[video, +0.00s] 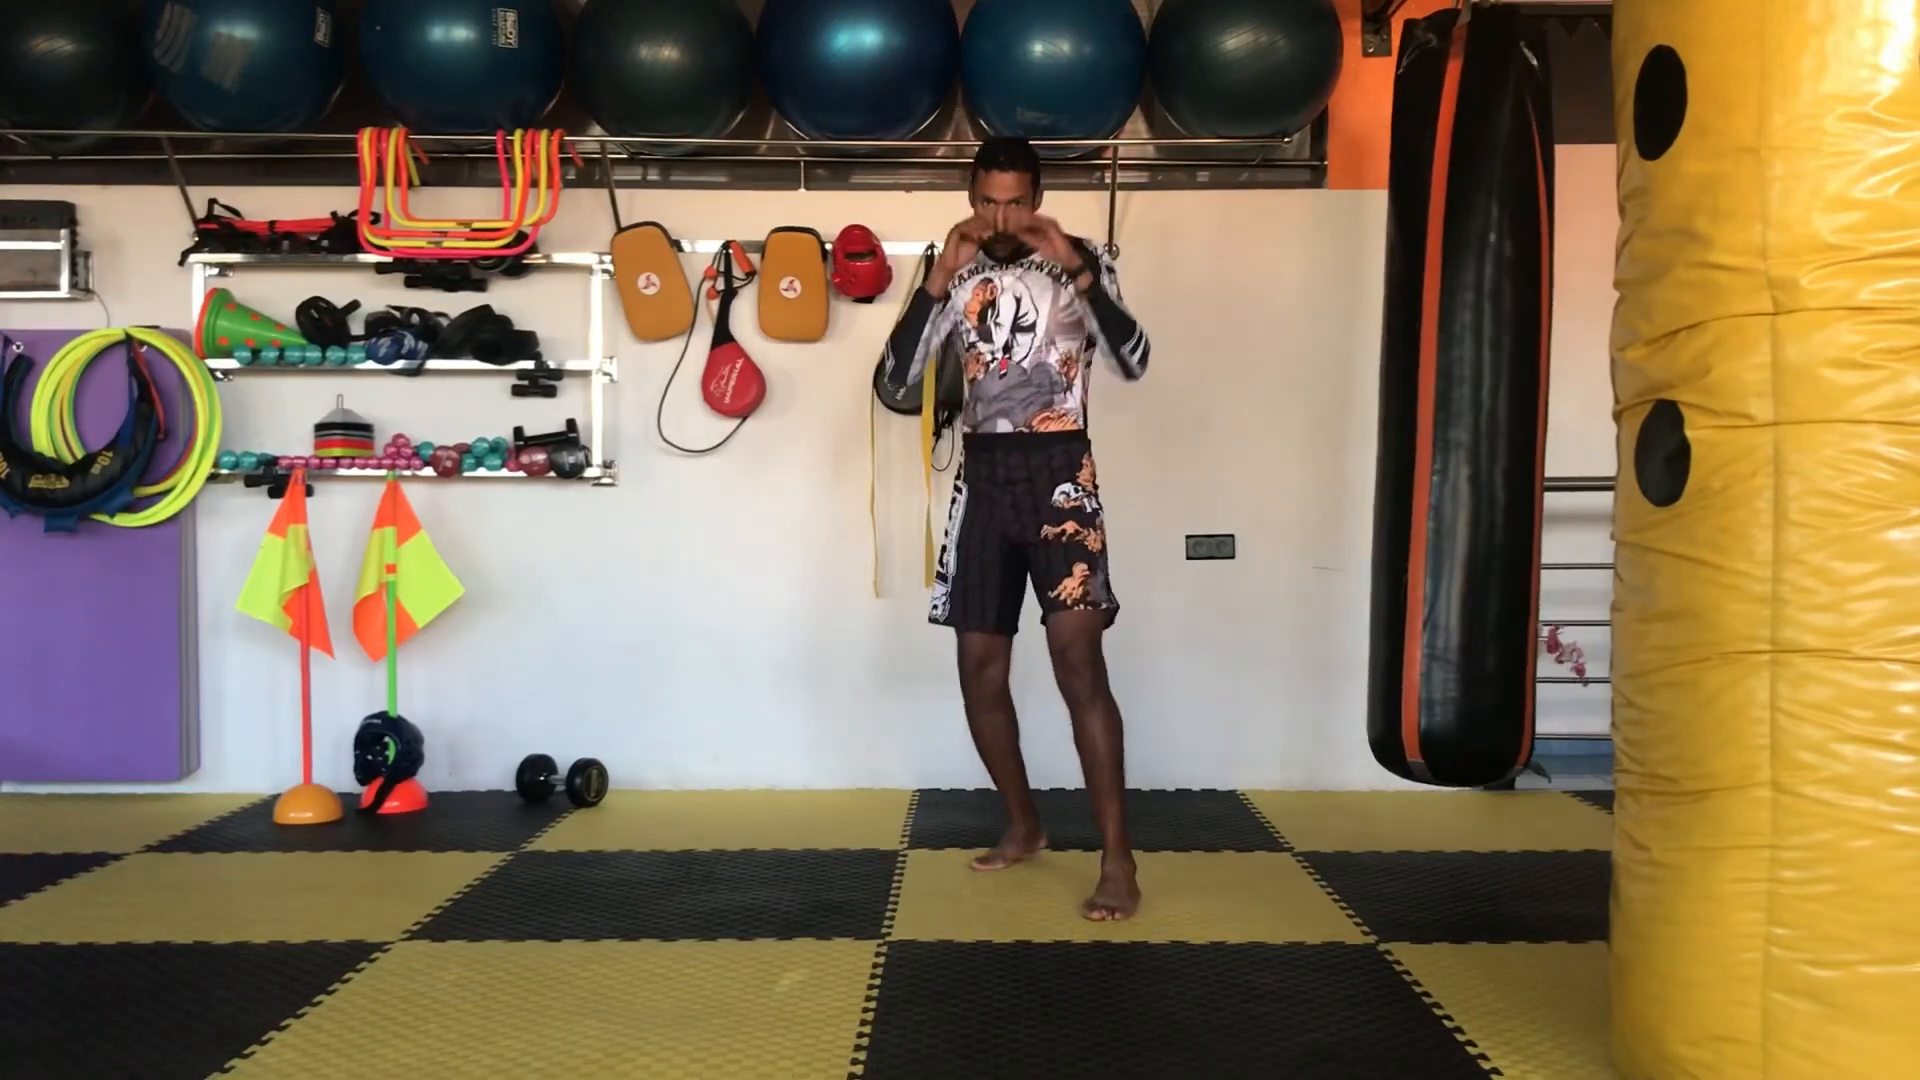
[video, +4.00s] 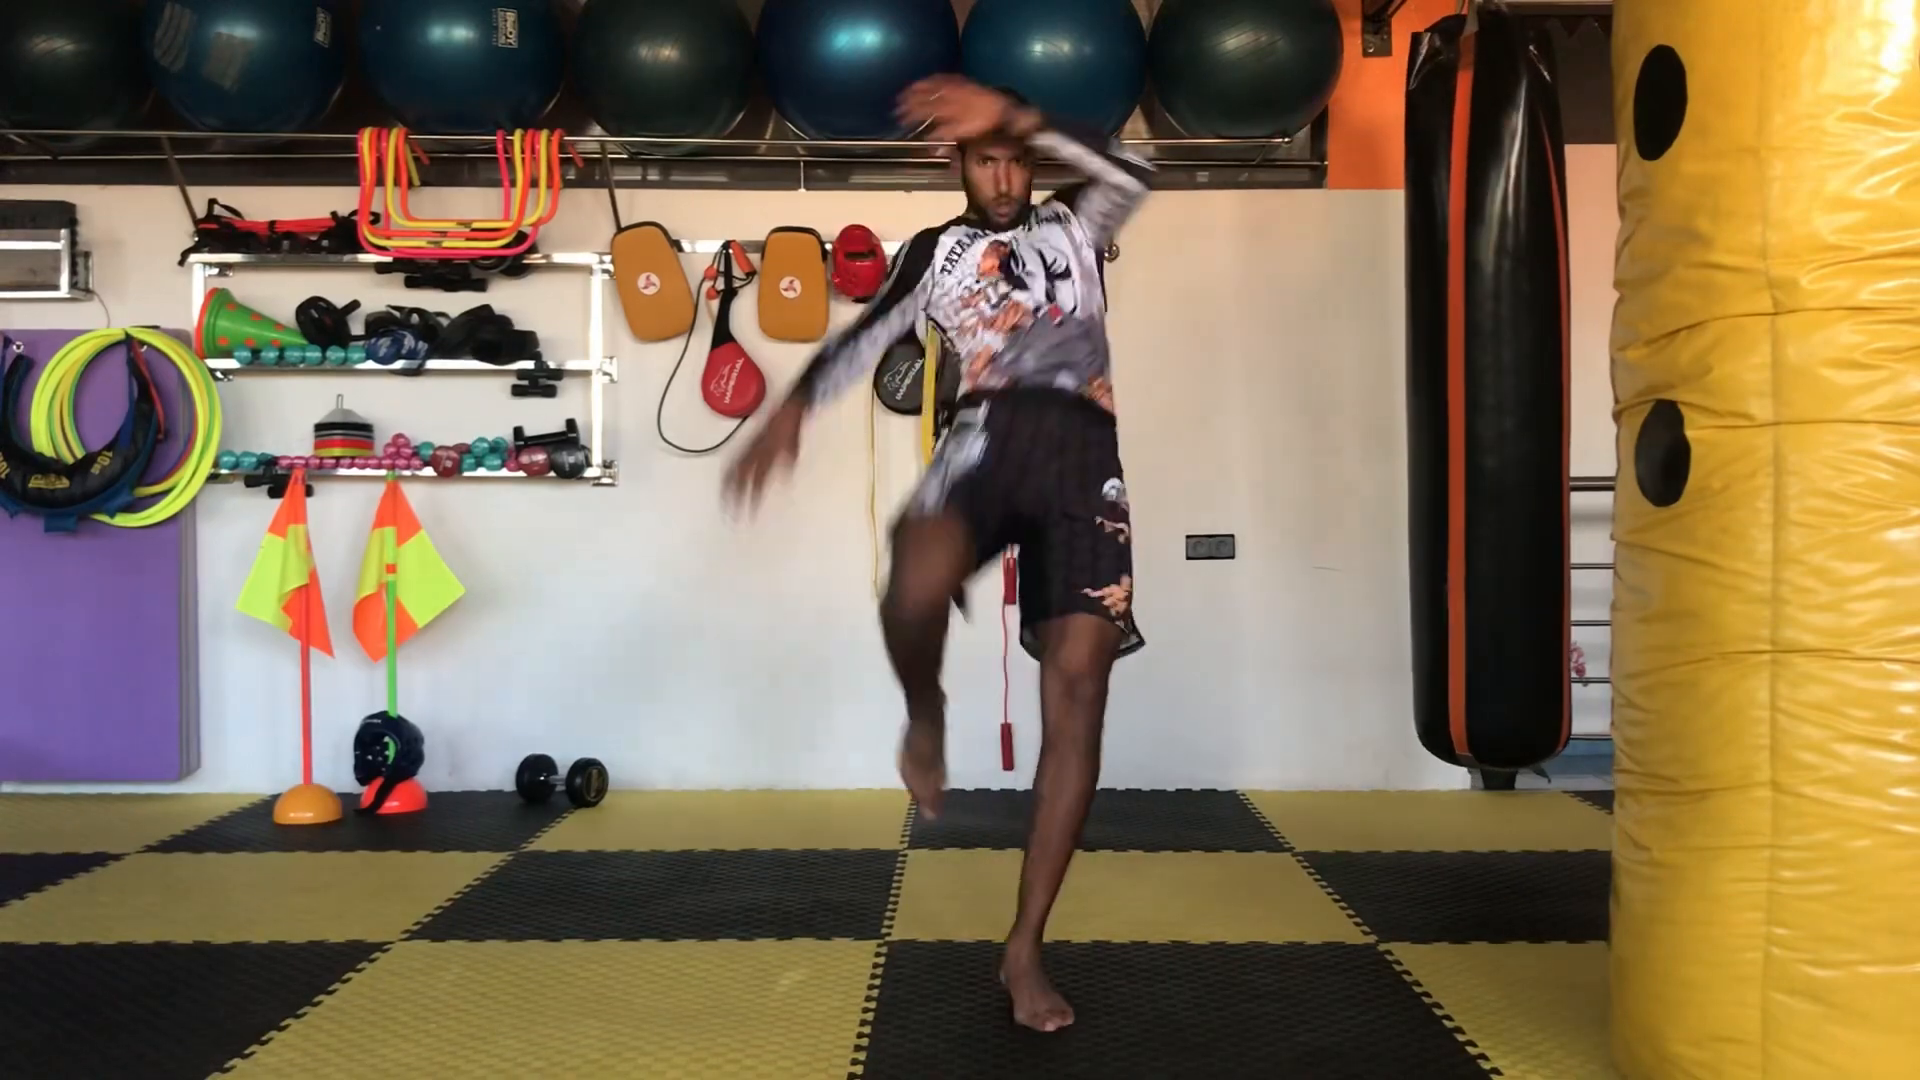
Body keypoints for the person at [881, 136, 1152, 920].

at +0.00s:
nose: (1001, 216)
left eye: (1015, 204)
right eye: (987, 202)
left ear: (1038, 201)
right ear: (971, 201)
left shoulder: (1077, 265)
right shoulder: (952, 277)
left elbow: (1131, 360)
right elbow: (896, 387)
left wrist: (1076, 271)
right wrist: (935, 283)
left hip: (1060, 479)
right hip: (983, 482)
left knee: (1079, 666)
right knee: (981, 671)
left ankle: (1117, 860)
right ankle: (1022, 824)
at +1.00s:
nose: (979, 188)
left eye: (989, 174)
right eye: (965, 173)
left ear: (1004, 176)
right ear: (937, 171)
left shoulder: (1026, 251)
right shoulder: (885, 234)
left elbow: (1078, 338)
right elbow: (848, 253)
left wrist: (1042, 256)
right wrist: (961, 190)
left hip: (988, 453)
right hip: (895, 460)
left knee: (1074, 640)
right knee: (878, 677)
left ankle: (1028, 701)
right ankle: (934, 905)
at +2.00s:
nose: (963, 127)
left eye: (982, 114)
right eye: (953, 110)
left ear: (1011, 129)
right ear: (936, 121)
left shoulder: (1042, 226)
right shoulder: (920, 234)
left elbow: (1080, 374)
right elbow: (916, 346)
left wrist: (994, 314)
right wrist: (880, 383)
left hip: (1006, 462)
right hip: (927, 466)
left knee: (1028, 678)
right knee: (937, 685)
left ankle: (1085, 839)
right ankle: (959, 909)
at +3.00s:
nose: (950, 196)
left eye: (964, 183)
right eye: (937, 182)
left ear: (988, 183)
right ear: (920, 184)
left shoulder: (1028, 252)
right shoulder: (910, 264)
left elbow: (1090, 333)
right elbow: (849, 349)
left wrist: (1032, 236)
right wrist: (884, 254)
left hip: (1013, 464)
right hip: (936, 468)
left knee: (1018, 658)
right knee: (940, 657)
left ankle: (1035, 847)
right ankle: (978, 800)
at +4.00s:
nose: (997, 172)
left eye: (1009, 157)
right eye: (980, 157)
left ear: (1032, 165)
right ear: (957, 169)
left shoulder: (1077, 233)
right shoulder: (936, 252)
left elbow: (1126, 177)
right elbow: (865, 339)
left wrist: (1023, 119)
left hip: (1081, 454)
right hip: (982, 445)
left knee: (1077, 695)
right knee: (913, 594)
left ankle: (1027, 945)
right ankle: (924, 719)